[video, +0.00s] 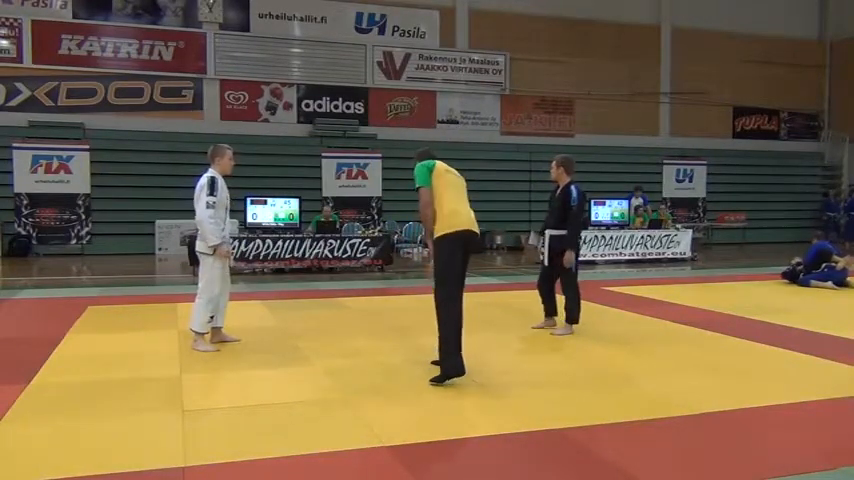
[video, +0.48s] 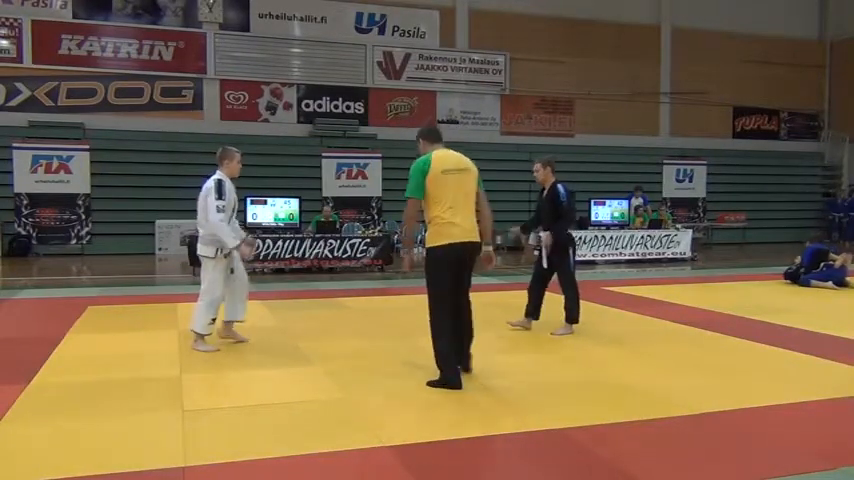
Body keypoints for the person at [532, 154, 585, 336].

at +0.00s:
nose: (550, 171)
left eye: (552, 168)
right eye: (551, 168)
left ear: (561, 170)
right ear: (561, 170)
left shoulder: (573, 191)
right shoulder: (556, 191)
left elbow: (575, 223)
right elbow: (551, 218)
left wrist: (571, 249)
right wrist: (541, 237)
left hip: (565, 243)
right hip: (551, 242)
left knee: (569, 285)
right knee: (544, 283)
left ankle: (569, 323)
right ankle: (549, 318)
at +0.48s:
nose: (535, 175)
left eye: (537, 171)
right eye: (534, 172)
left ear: (548, 170)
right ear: (543, 172)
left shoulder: (560, 190)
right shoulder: (543, 192)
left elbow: (568, 218)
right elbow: (539, 217)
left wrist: (552, 233)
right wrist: (522, 229)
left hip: (562, 243)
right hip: (547, 243)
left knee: (568, 283)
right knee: (537, 281)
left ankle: (569, 324)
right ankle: (528, 319)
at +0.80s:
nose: (512, 179)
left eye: (514, 175)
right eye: (511, 175)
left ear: (524, 172)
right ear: (519, 174)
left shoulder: (540, 189)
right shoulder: (522, 193)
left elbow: (545, 217)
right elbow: (514, 220)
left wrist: (535, 236)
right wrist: (499, 241)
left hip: (546, 239)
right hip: (531, 240)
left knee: (550, 280)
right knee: (526, 281)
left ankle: (564, 321)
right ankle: (525, 320)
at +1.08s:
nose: (502, 180)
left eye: (503, 176)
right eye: (501, 177)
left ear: (510, 173)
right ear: (507, 174)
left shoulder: (526, 189)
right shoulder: (509, 194)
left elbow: (534, 215)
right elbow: (510, 219)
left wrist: (530, 239)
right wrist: (504, 240)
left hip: (530, 237)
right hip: (516, 238)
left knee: (531, 280)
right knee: (518, 280)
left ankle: (542, 321)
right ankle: (523, 319)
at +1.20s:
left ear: (508, 176)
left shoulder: (523, 191)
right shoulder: (502, 194)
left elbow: (530, 219)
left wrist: (523, 242)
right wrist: (505, 242)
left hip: (528, 240)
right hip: (513, 240)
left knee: (526, 281)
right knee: (514, 282)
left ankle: (523, 322)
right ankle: (521, 318)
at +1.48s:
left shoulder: (519, 196)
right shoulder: (495, 195)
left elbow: (521, 221)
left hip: (517, 240)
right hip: (500, 239)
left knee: (512, 283)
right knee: (498, 280)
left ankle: (507, 327)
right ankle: (517, 312)